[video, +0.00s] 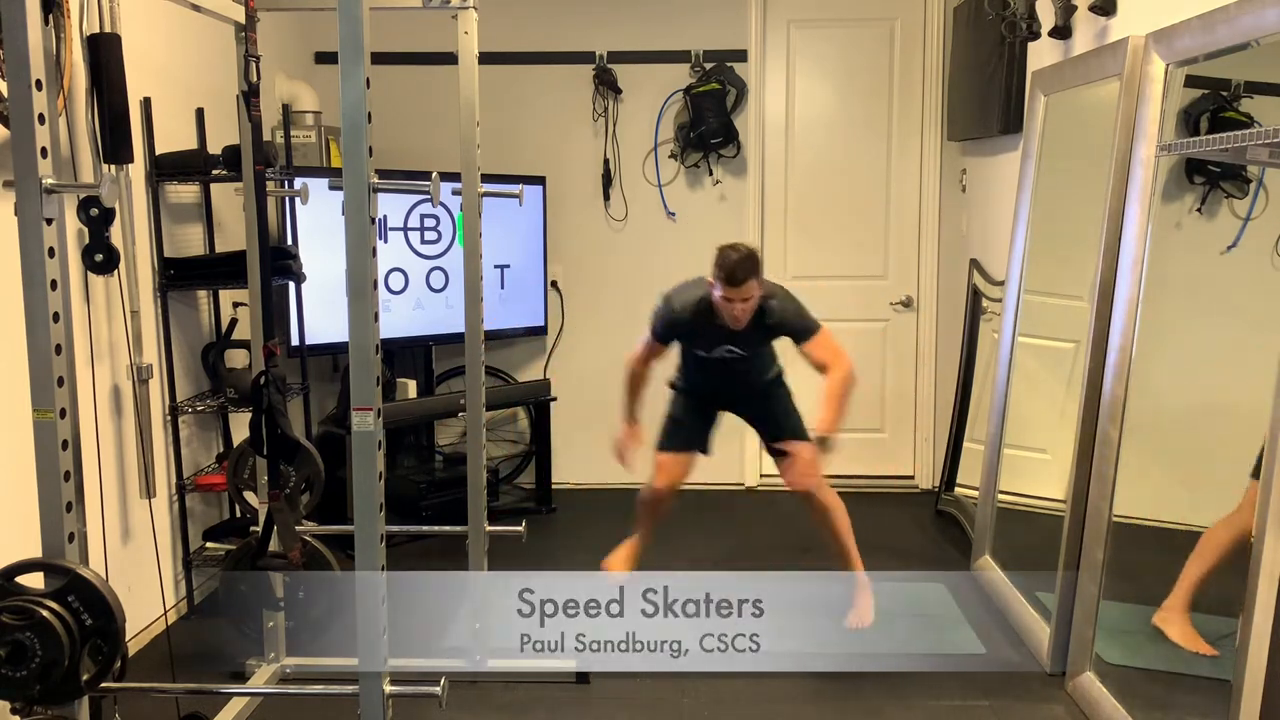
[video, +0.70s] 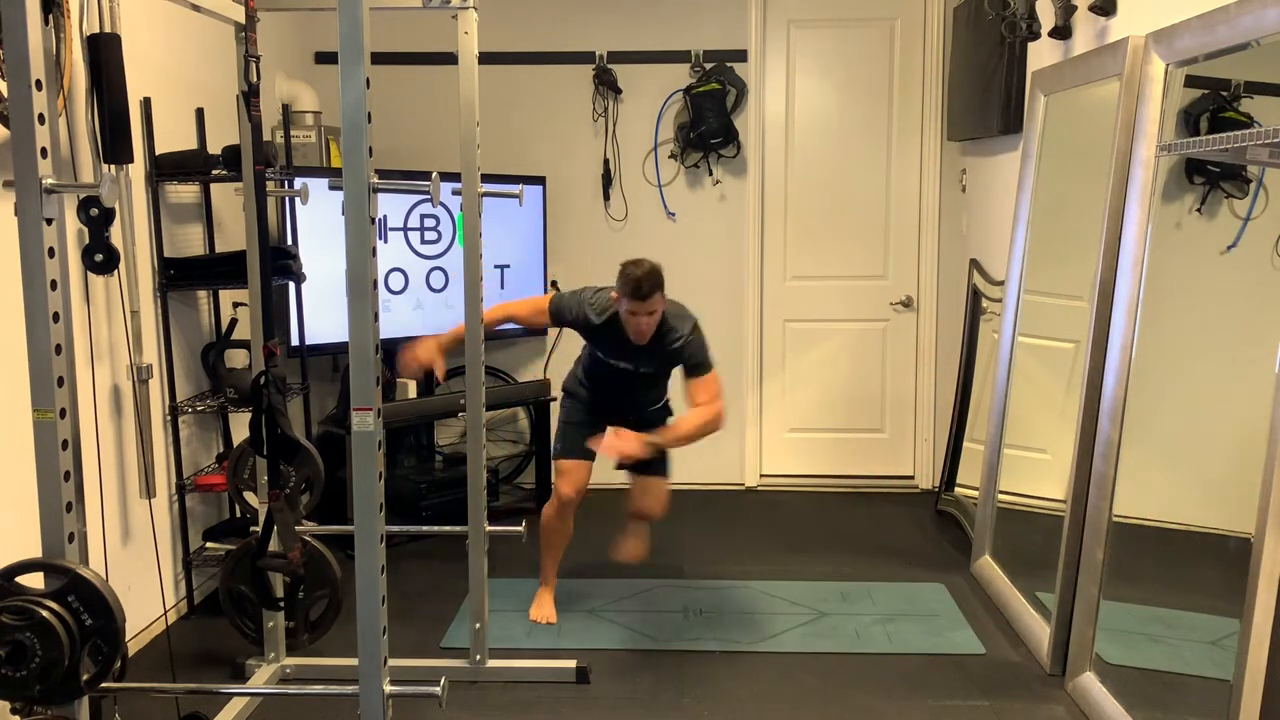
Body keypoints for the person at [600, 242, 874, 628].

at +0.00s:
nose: (738, 311)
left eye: (747, 301)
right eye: (728, 301)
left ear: (760, 287)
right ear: (713, 288)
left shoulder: (778, 306)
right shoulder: (681, 308)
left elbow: (841, 368)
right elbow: (640, 362)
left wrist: (824, 432)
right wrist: (631, 421)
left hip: (760, 389)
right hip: (697, 390)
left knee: (807, 482)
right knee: (661, 488)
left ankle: (859, 577)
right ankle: (637, 544)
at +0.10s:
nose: (701, 308)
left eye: (709, 299)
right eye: (692, 300)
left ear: (721, 287)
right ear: (675, 286)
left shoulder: (736, 306)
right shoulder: (643, 295)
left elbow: (767, 388)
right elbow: (595, 310)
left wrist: (699, 423)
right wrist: (568, 337)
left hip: (716, 381)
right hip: (652, 381)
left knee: (762, 471)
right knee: (612, 477)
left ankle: (813, 556)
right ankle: (559, 574)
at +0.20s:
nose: (658, 322)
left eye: (668, 313)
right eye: (650, 312)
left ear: (683, 301)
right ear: (638, 298)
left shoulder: (699, 326)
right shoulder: (614, 296)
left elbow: (682, 407)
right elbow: (566, 278)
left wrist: (604, 398)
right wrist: (524, 280)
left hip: (669, 389)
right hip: (616, 378)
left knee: (700, 499)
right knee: (580, 484)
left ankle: (692, 519)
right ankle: (548, 583)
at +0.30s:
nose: (630, 335)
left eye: (640, 326)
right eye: (622, 325)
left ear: (655, 315)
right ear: (611, 311)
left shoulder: (670, 347)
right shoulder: (596, 299)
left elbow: (613, 418)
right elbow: (546, 269)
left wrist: (553, 377)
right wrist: (495, 255)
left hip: (646, 412)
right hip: (595, 386)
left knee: (617, 499)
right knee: (569, 486)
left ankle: (562, 503)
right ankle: (546, 584)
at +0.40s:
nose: (614, 342)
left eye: (624, 333)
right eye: (606, 332)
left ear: (640, 320)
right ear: (593, 316)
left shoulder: (654, 356)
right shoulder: (585, 299)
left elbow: (585, 416)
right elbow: (538, 271)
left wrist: (539, 367)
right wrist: (485, 254)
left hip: (626, 423)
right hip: (584, 388)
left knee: (555, 475)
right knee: (567, 486)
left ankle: (493, 507)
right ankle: (546, 585)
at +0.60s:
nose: (622, 339)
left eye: (631, 330)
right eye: (614, 329)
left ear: (647, 317)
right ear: (600, 315)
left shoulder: (665, 343)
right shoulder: (583, 305)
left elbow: (636, 429)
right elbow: (513, 289)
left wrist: (561, 400)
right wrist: (451, 285)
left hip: (626, 409)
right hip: (581, 390)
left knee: (591, 502)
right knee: (565, 489)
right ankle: (547, 585)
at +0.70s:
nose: (644, 324)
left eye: (652, 314)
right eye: (635, 315)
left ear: (664, 302)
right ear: (618, 302)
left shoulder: (682, 329)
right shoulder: (589, 308)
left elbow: (711, 412)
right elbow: (505, 312)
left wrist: (649, 440)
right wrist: (441, 342)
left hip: (646, 407)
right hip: (589, 399)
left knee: (652, 506)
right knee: (567, 495)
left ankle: (636, 518)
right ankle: (546, 587)